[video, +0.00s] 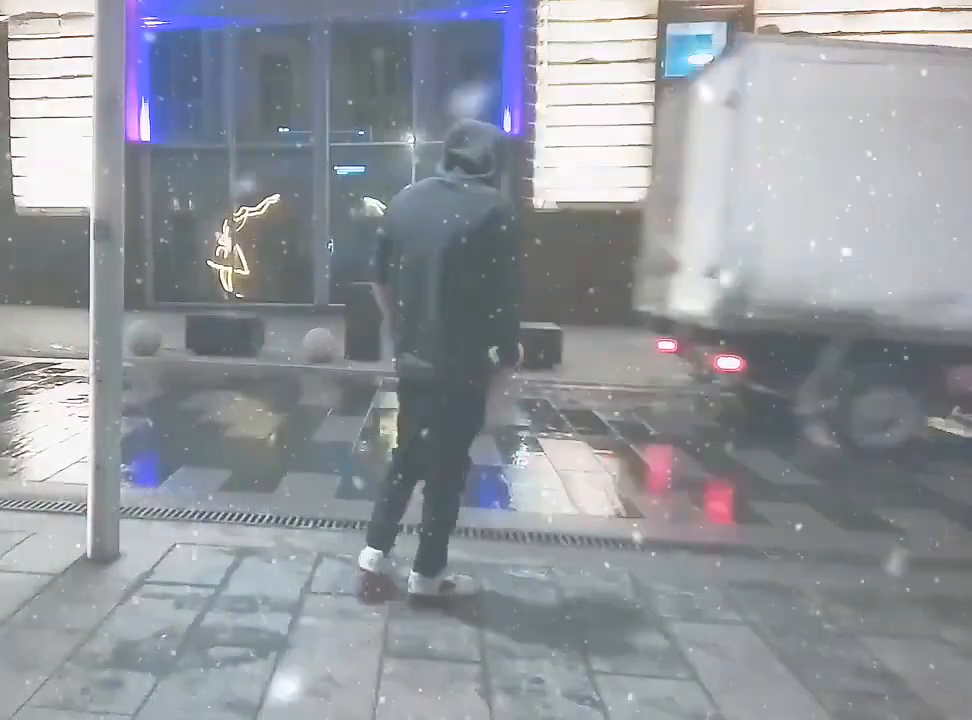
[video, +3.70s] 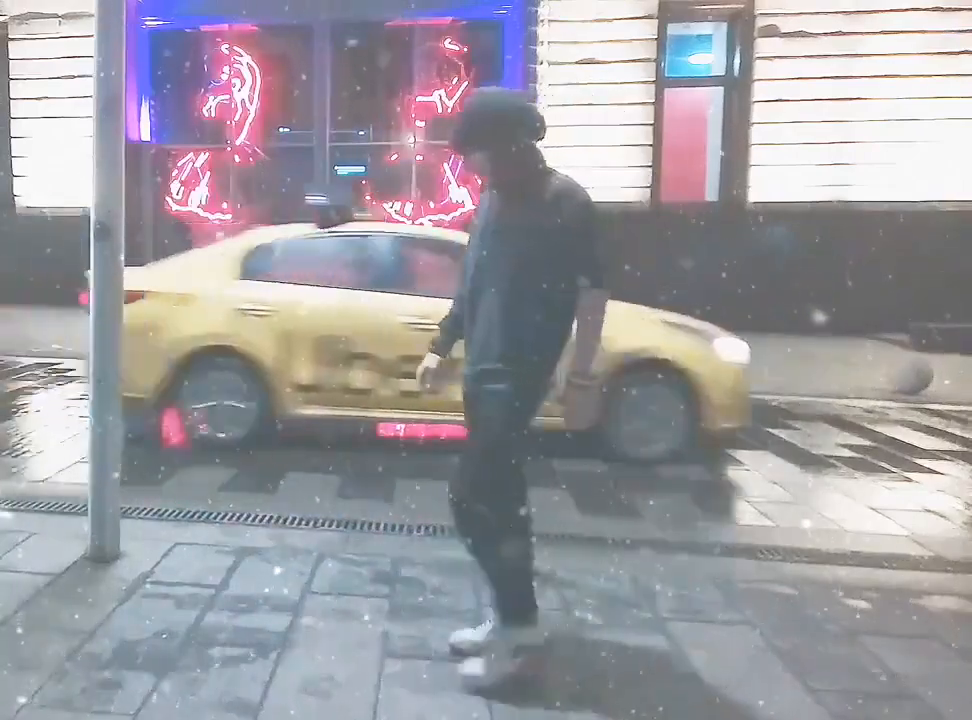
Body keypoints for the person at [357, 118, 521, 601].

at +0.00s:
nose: (499, 172)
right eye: (497, 165)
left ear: (448, 157)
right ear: (490, 163)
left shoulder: (407, 198)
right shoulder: (495, 211)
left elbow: (379, 274)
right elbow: (508, 296)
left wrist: (400, 329)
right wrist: (506, 357)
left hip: (413, 353)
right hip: (463, 358)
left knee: (406, 456)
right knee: (448, 468)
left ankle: (373, 555)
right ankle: (426, 574)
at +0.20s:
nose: (524, 176)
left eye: (524, 167)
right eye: (521, 167)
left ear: (468, 158)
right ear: (505, 164)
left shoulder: (428, 203)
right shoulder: (500, 210)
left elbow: (420, 276)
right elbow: (506, 289)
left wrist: (432, 324)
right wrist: (514, 353)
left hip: (428, 346)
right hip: (472, 352)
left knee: (442, 447)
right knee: (457, 456)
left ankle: (443, 536)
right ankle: (428, 569)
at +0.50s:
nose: (549, 173)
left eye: (551, 164)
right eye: (545, 163)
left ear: (511, 162)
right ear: (520, 160)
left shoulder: (490, 204)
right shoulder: (497, 211)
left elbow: (494, 293)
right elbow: (496, 295)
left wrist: (507, 356)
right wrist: (510, 366)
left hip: (482, 350)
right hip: (482, 353)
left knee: (502, 449)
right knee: (474, 459)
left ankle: (509, 549)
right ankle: (430, 566)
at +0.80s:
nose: (559, 167)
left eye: (563, 157)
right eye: (552, 157)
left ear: (560, 159)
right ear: (525, 156)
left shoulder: (548, 214)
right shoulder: (492, 212)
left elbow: (566, 279)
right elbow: (478, 294)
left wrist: (588, 328)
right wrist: (500, 353)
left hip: (539, 342)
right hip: (502, 344)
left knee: (526, 456)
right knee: (520, 459)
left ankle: (509, 552)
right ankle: (456, 542)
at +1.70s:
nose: (567, 159)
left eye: (575, 149)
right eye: (557, 149)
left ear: (584, 155)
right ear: (534, 151)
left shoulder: (595, 214)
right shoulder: (499, 211)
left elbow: (614, 289)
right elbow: (485, 287)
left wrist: (616, 353)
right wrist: (513, 339)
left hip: (583, 362)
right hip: (524, 363)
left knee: (605, 472)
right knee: (531, 478)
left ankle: (579, 549)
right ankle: (537, 576)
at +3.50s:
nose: (494, 161)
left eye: (503, 148)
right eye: (491, 150)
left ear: (539, 143)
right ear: (499, 149)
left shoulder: (591, 205)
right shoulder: (502, 205)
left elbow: (612, 296)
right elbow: (472, 284)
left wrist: (573, 374)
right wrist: (432, 337)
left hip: (541, 384)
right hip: (490, 379)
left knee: (524, 501)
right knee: (499, 501)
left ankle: (592, 601)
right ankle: (517, 627)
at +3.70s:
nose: (476, 167)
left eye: (482, 154)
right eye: (473, 156)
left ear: (517, 147)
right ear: (485, 153)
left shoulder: (569, 205)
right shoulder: (494, 201)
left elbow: (594, 292)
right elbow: (475, 284)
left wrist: (580, 376)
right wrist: (439, 347)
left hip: (522, 374)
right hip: (482, 370)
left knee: (472, 494)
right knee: (499, 496)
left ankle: (521, 631)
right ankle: (508, 620)